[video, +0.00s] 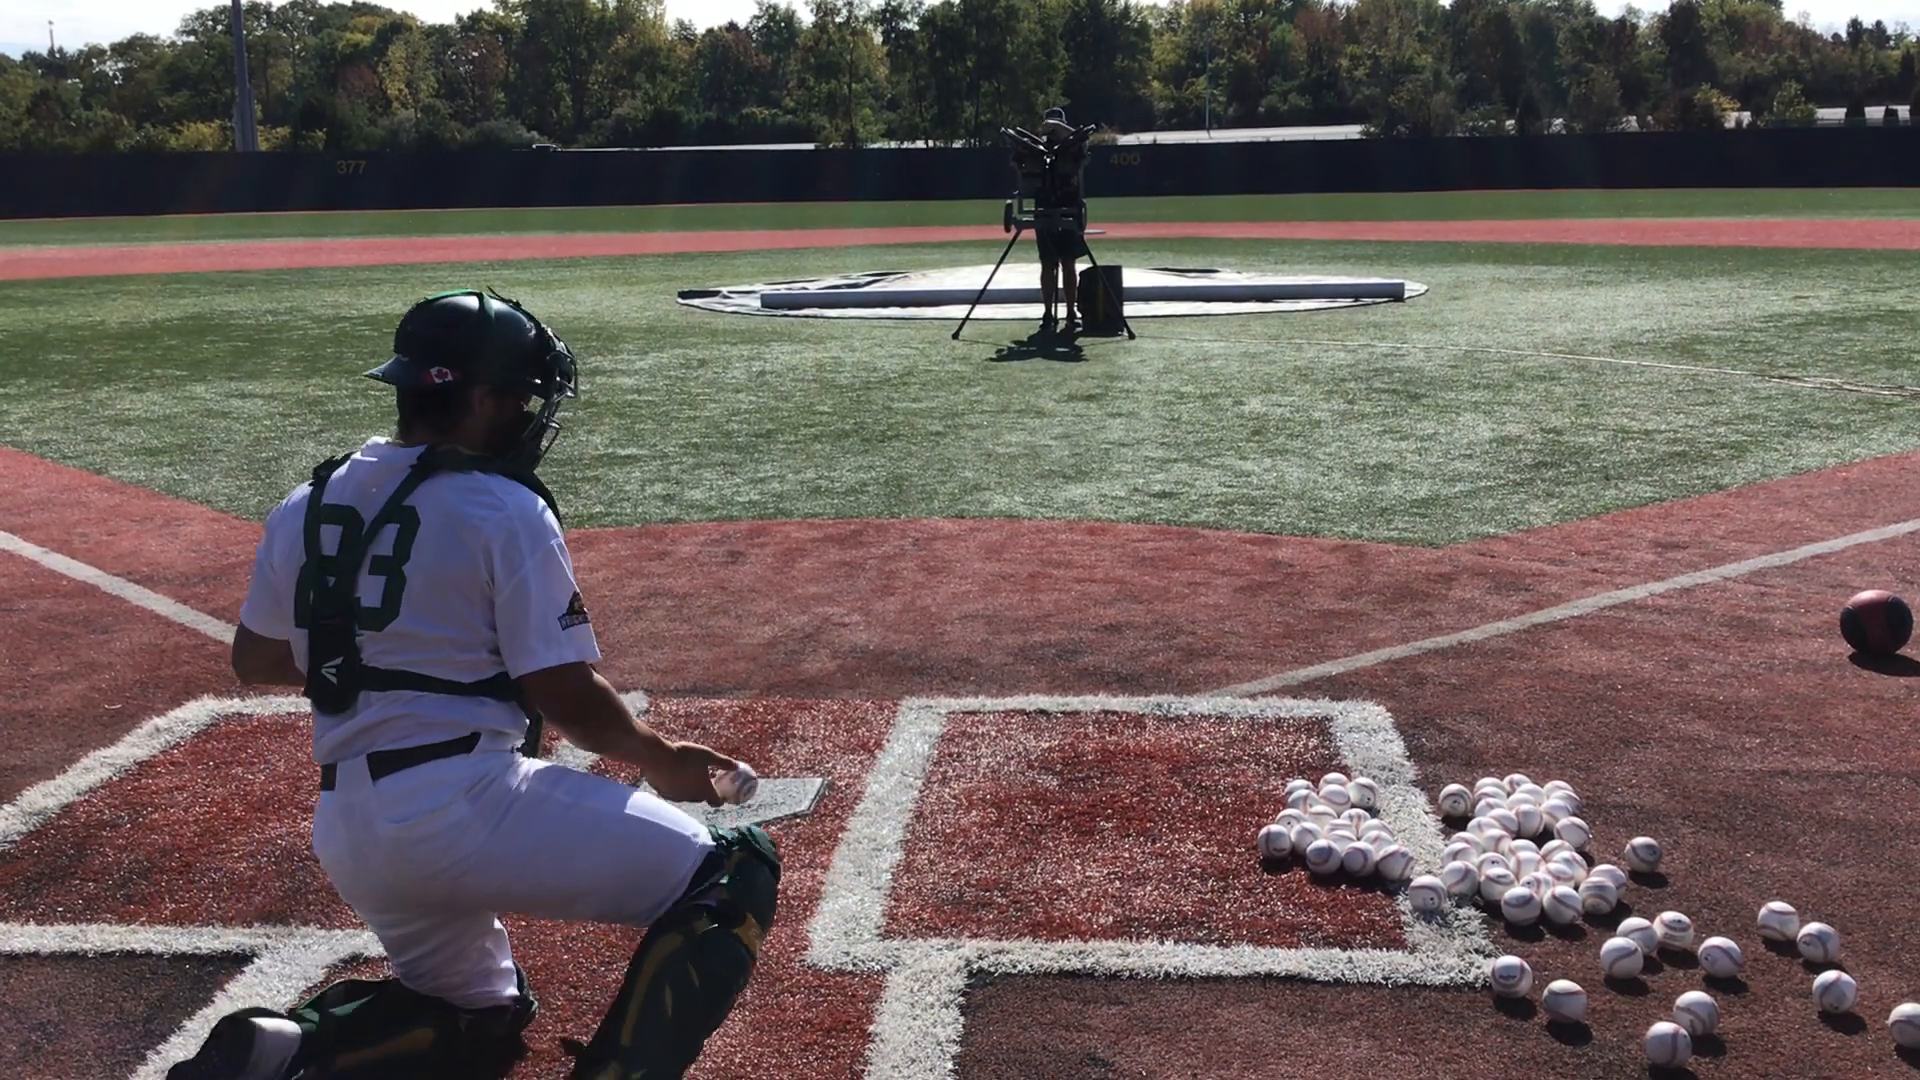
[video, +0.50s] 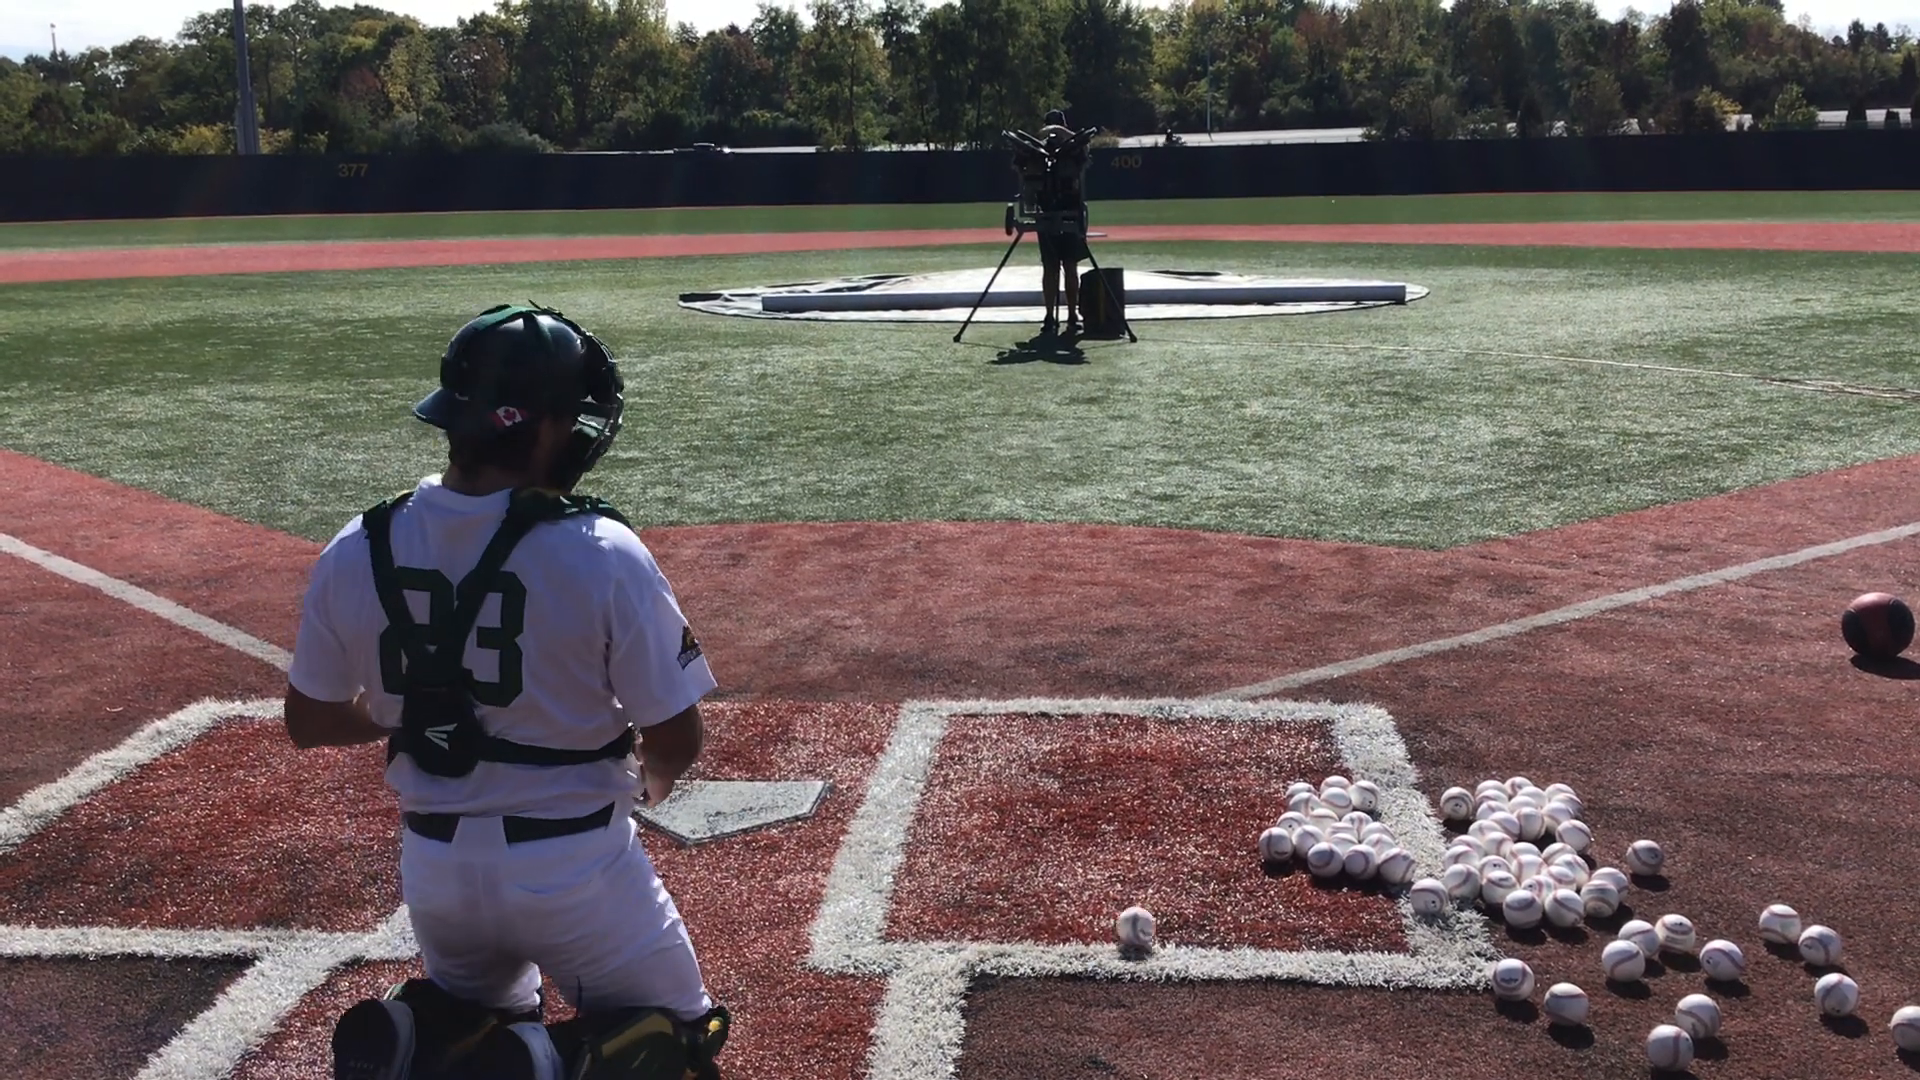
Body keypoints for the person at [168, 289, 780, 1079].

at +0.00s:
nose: (529, 414)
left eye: (527, 395)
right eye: (516, 396)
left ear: (417, 396)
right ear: (469, 402)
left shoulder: (309, 502)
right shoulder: (505, 508)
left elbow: (257, 657)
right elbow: (559, 689)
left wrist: (395, 662)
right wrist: (658, 759)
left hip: (346, 820)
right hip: (463, 800)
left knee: (480, 1018)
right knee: (730, 871)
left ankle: (288, 1052)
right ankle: (621, 1065)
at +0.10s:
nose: (527, 410)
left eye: (527, 391)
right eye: (517, 391)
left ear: (414, 384)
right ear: (473, 395)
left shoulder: (305, 493)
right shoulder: (510, 505)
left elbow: (247, 647)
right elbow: (577, 680)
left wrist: (364, 658)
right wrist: (684, 747)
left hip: (363, 810)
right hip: (487, 796)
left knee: (490, 1007)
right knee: (722, 913)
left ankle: (338, 1024)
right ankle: (527, 1059)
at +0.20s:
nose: (535, 406)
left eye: (534, 388)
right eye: (522, 389)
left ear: (420, 385)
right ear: (473, 395)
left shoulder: (306, 495)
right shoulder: (524, 507)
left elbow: (249, 648)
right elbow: (597, 682)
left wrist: (365, 656)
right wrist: (693, 746)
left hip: (378, 810)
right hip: (510, 806)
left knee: (481, 996)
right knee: (685, 971)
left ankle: (385, 1022)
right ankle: (498, 1053)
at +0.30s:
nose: (546, 408)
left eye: (544, 390)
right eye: (535, 392)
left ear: (426, 391)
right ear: (496, 404)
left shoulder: (321, 505)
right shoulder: (544, 515)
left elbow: (264, 661)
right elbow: (614, 691)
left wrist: (374, 656)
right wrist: (698, 756)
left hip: (391, 813)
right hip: (525, 819)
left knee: (474, 997)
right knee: (653, 1011)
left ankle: (370, 1025)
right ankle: (506, 1058)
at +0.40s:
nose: (560, 421)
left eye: (562, 403)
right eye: (553, 404)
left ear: (438, 398)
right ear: (516, 410)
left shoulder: (340, 520)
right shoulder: (571, 528)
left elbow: (284, 682)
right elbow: (641, 710)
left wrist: (383, 674)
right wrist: (692, 765)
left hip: (407, 828)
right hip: (542, 837)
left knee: (478, 1002)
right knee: (663, 1024)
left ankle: (387, 1025)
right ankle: (516, 1059)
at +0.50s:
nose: (587, 447)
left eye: (588, 429)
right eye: (582, 428)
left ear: (455, 421)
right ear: (546, 432)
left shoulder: (358, 549)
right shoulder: (601, 555)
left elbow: (310, 717)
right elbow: (678, 736)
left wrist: (414, 711)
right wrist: (653, 774)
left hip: (435, 863)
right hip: (576, 868)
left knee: (481, 1014)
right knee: (678, 1039)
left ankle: (398, 1037)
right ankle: (531, 1059)